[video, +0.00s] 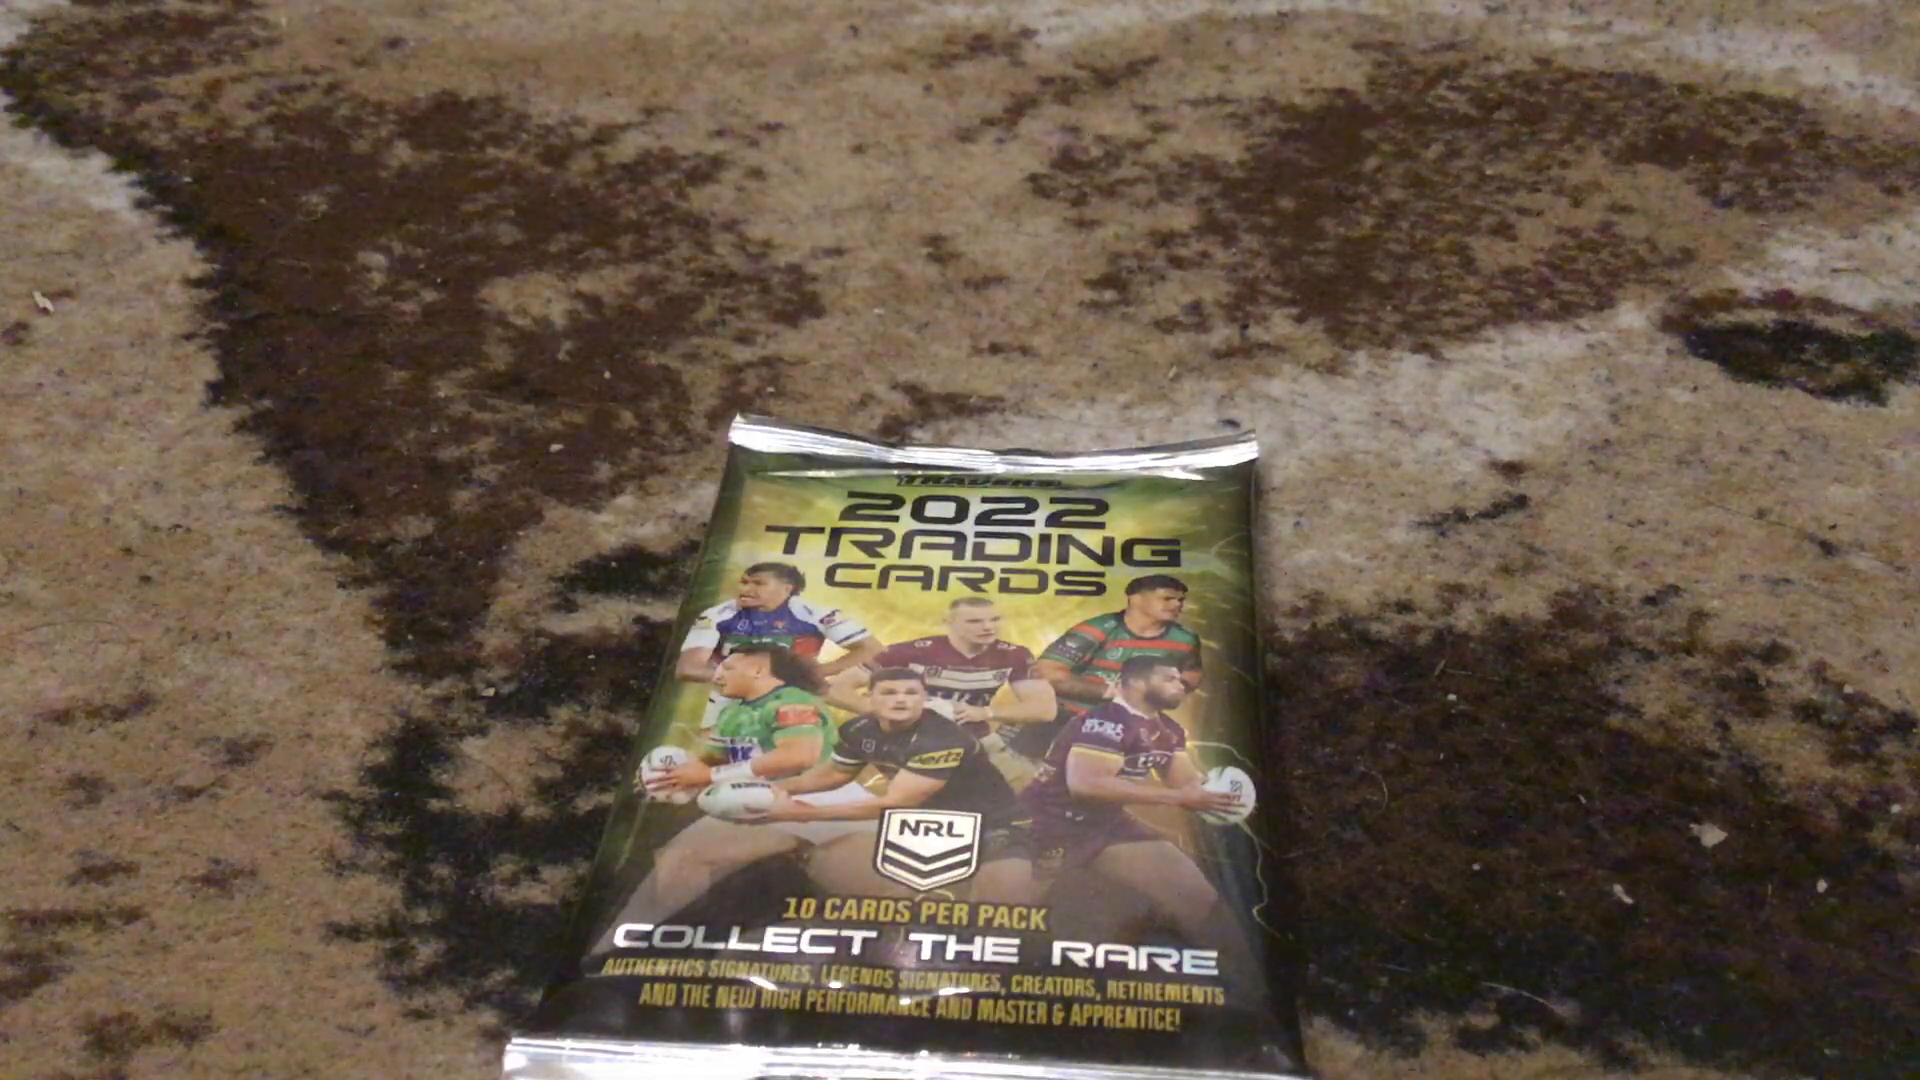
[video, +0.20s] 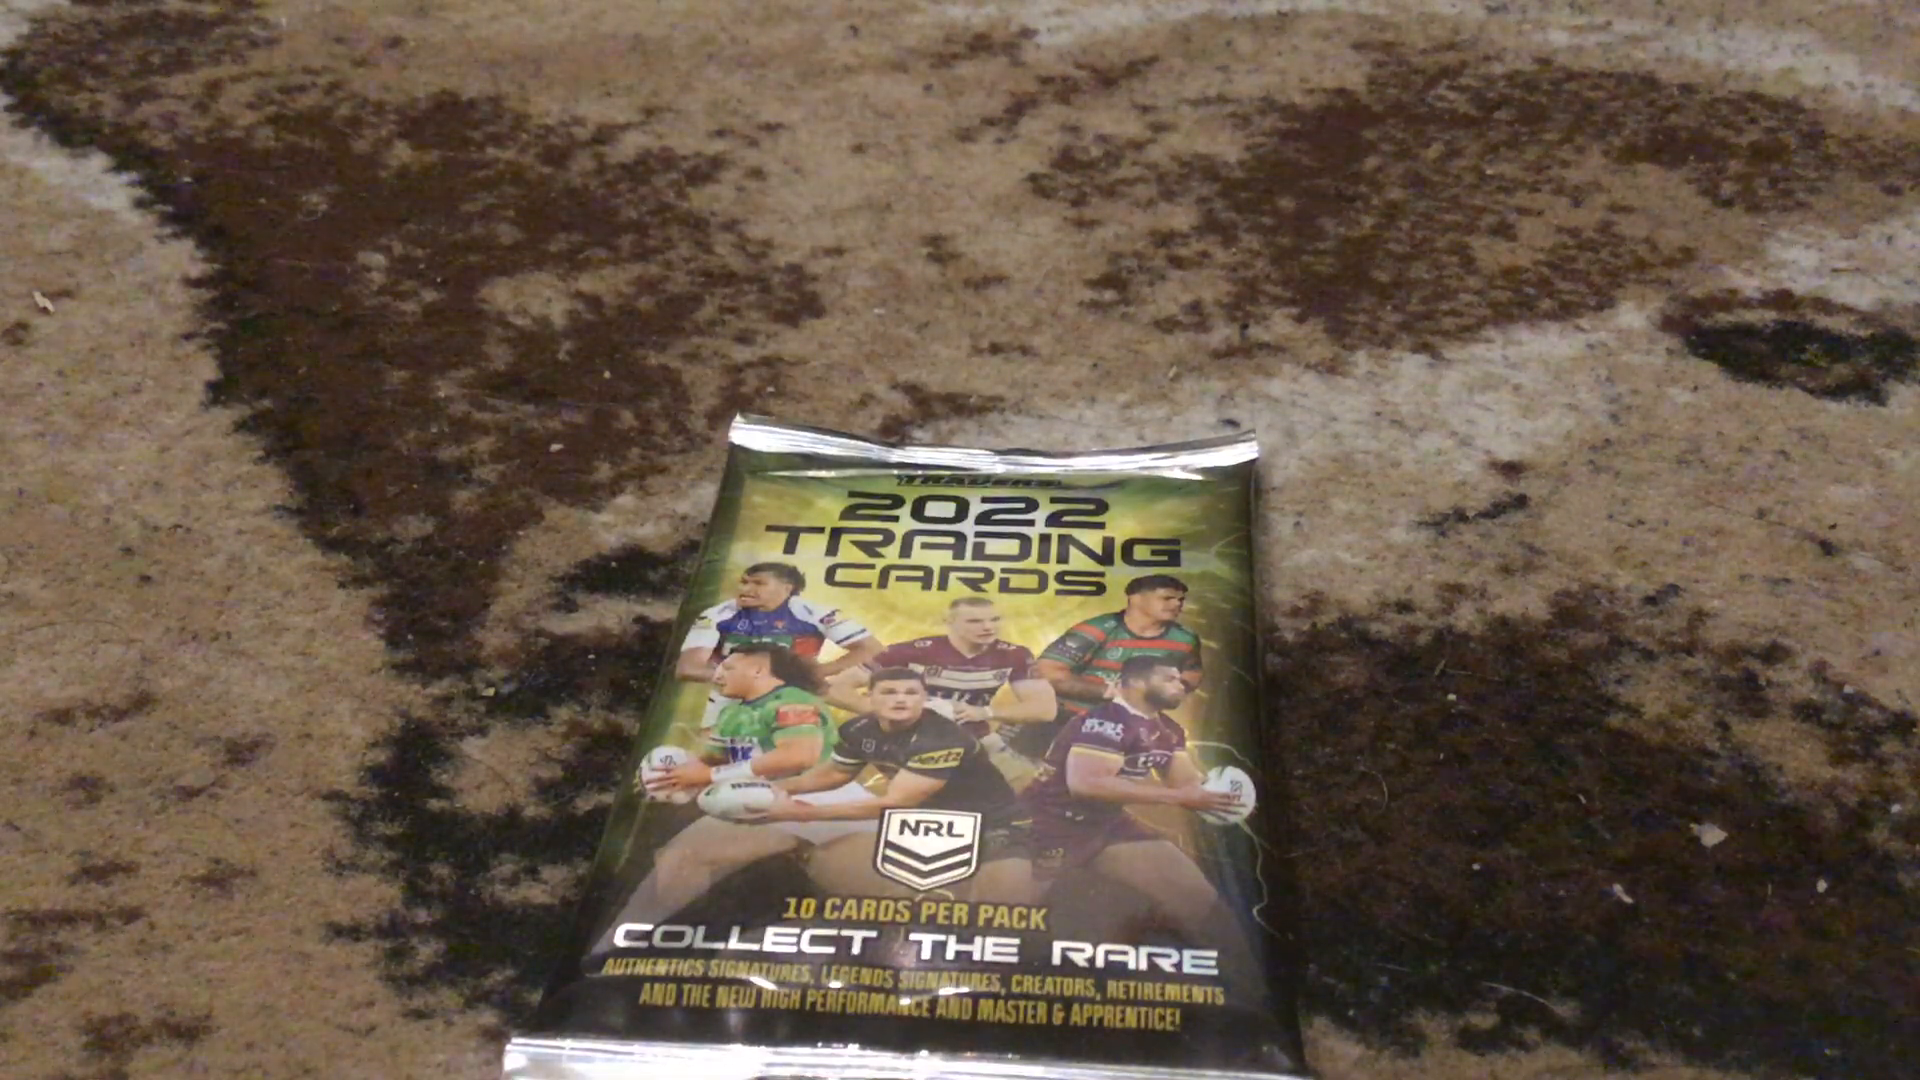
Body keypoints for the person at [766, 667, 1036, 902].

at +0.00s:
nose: (900, 700)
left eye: (910, 693)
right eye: (889, 693)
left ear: (925, 699)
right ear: (872, 699)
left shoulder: (944, 738)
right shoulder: (861, 731)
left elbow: (894, 805)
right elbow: (833, 773)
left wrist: (807, 813)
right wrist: (786, 787)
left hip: (994, 830)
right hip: (928, 827)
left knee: (1002, 914)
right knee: (831, 865)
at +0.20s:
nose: (900, 700)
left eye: (910, 693)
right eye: (889, 693)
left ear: (924, 698)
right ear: (872, 698)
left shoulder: (943, 738)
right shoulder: (861, 731)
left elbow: (895, 805)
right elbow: (835, 772)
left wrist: (807, 813)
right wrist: (786, 787)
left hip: (995, 829)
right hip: (930, 826)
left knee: (1004, 914)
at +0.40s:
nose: (900, 700)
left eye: (910, 693)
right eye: (889, 692)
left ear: (924, 698)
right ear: (872, 698)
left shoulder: (944, 738)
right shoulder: (861, 731)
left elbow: (894, 805)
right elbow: (834, 773)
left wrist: (808, 813)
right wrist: (788, 785)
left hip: (994, 828)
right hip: (930, 825)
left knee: (1004, 913)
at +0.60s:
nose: (900, 700)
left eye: (910, 693)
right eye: (889, 693)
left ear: (924, 698)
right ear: (872, 699)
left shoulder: (944, 738)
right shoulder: (861, 732)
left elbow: (893, 805)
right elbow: (832, 773)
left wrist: (809, 813)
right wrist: (787, 786)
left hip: (993, 828)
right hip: (931, 826)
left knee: (1003, 916)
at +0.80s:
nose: (900, 700)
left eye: (910, 692)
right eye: (889, 692)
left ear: (924, 698)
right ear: (872, 698)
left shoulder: (944, 738)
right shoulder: (862, 731)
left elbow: (894, 805)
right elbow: (832, 773)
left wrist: (806, 813)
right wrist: (786, 786)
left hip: (992, 827)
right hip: (928, 824)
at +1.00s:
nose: (900, 700)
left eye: (910, 692)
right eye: (889, 692)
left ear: (924, 698)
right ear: (872, 698)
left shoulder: (944, 738)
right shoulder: (861, 731)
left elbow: (894, 805)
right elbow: (833, 772)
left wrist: (808, 812)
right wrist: (786, 786)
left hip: (993, 830)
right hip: (928, 828)